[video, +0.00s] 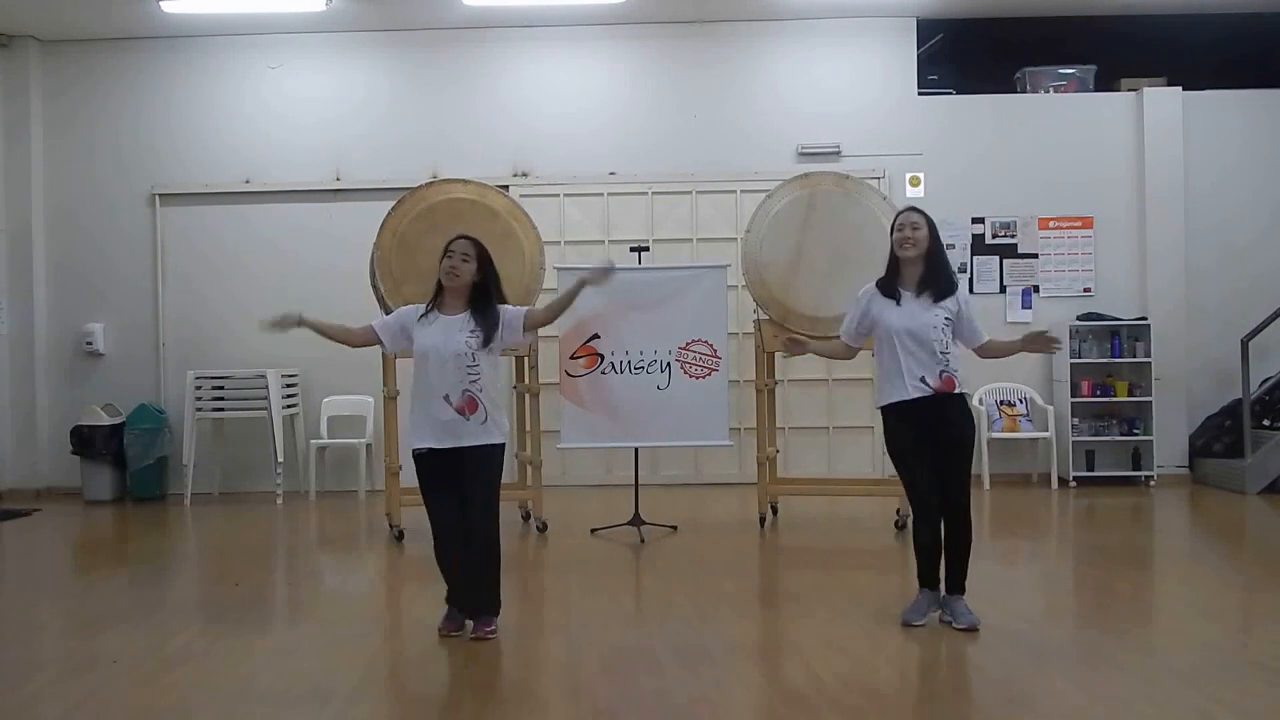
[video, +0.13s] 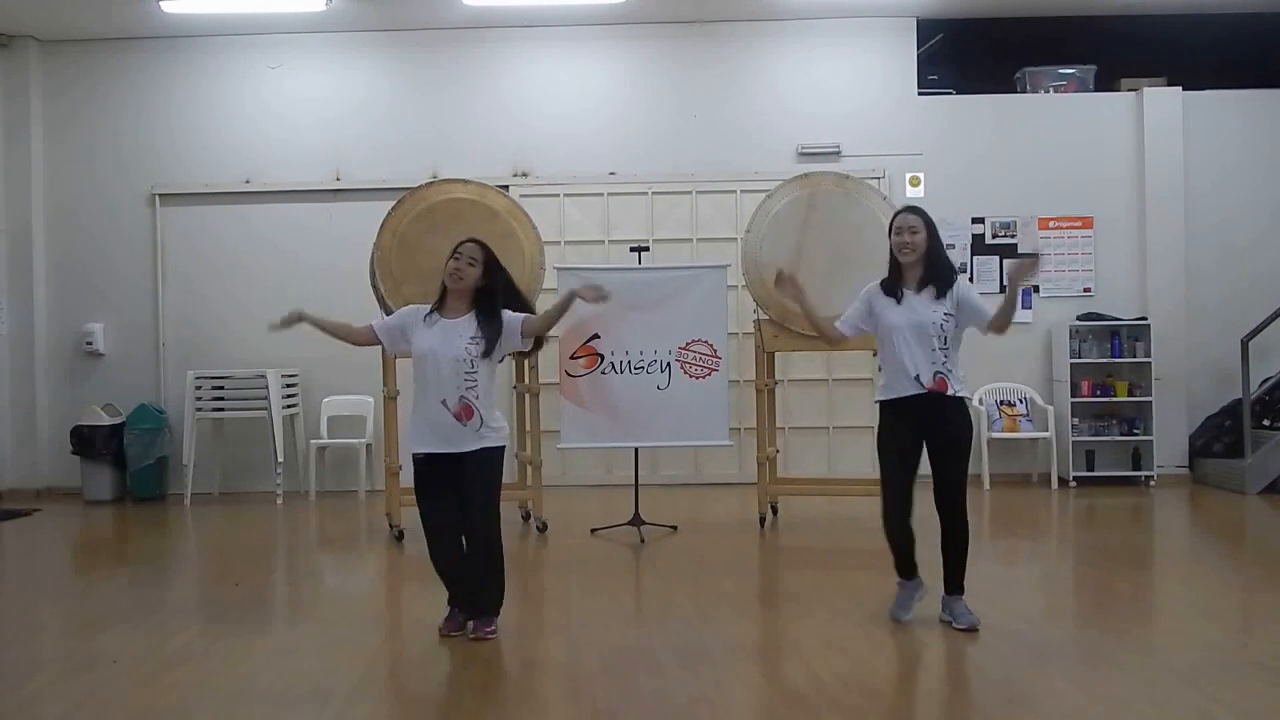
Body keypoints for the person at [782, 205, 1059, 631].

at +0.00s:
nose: (906, 233)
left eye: (915, 227)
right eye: (900, 228)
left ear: (932, 239)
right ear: (891, 240)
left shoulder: (952, 295)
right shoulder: (873, 296)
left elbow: (982, 347)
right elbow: (846, 348)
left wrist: (1023, 344)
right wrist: (808, 346)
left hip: (950, 410)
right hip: (901, 413)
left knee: (957, 505)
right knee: (924, 506)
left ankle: (954, 598)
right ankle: (927, 594)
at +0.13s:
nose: (904, 238)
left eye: (913, 231)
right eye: (897, 232)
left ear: (930, 239)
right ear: (890, 241)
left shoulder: (952, 290)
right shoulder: (877, 294)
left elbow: (997, 325)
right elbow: (834, 334)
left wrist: (1014, 286)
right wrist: (801, 298)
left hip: (948, 410)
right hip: (897, 412)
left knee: (952, 506)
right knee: (893, 510)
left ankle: (954, 599)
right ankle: (909, 582)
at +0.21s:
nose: (901, 232)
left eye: (909, 225)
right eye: (893, 227)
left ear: (924, 233)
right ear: (885, 238)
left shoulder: (946, 280)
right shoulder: (872, 288)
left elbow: (982, 287)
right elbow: (826, 306)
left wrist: (977, 234)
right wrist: (810, 255)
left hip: (942, 405)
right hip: (890, 405)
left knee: (947, 503)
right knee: (867, 497)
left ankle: (953, 598)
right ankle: (870, 583)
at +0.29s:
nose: (896, 231)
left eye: (904, 224)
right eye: (888, 226)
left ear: (920, 233)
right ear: (879, 237)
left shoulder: (937, 279)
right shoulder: (869, 285)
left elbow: (962, 269)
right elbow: (824, 292)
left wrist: (947, 216)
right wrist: (816, 236)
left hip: (934, 406)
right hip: (883, 405)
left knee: (944, 504)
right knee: (852, 498)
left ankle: (953, 598)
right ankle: (838, 586)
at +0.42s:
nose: (879, 237)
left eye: (888, 231)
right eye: (873, 231)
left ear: (904, 239)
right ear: (865, 241)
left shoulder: (916, 288)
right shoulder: (855, 286)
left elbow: (908, 258)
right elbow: (825, 275)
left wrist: (888, 206)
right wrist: (830, 220)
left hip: (914, 408)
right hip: (863, 407)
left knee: (931, 504)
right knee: (833, 502)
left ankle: (953, 599)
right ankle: (796, 593)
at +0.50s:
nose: (872, 237)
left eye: (881, 230)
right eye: (865, 231)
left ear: (895, 241)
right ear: (857, 242)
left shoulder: (908, 284)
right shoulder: (843, 289)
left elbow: (897, 286)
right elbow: (822, 278)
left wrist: (871, 247)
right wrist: (838, 225)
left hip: (896, 411)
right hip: (845, 409)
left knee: (922, 506)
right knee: (823, 505)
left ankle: (951, 598)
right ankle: (794, 595)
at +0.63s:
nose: (855, 238)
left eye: (862, 232)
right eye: (848, 232)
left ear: (874, 243)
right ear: (835, 243)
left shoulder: (883, 293)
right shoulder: (818, 290)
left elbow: (896, 323)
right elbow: (796, 309)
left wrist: (859, 274)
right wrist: (823, 256)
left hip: (862, 412)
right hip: (814, 410)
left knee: (895, 506)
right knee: (806, 507)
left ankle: (930, 594)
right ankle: (794, 597)